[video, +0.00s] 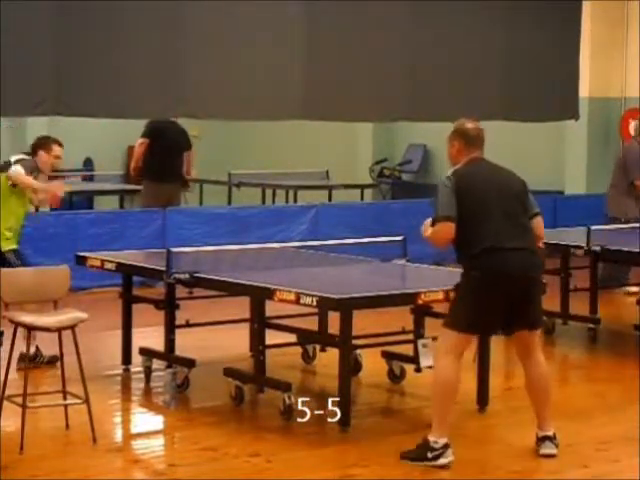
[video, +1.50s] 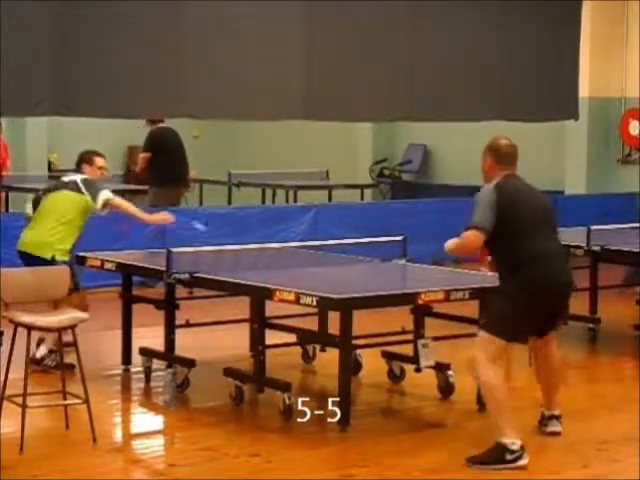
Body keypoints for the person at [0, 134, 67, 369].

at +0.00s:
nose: (57, 163)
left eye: (59, 158)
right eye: (55, 157)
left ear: (44, 157)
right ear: (40, 154)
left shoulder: (34, 172)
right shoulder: (24, 162)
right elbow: (14, 174)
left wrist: (46, 194)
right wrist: (43, 187)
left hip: (10, 242)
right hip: (5, 244)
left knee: (15, 291)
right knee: (32, 289)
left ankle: (31, 350)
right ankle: (30, 349)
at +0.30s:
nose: (70, 155)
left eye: (72, 150)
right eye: (65, 149)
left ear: (69, 153)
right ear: (50, 150)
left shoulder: (62, 178)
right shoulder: (31, 164)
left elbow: (61, 197)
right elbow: (2, 174)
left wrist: (50, 213)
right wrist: (13, 189)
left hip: (28, 237)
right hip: (8, 235)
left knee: (33, 290)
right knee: (31, 289)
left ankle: (31, 348)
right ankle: (30, 348)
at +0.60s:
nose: (71, 144)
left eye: (73, 139)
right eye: (67, 139)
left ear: (72, 142)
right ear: (52, 142)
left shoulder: (67, 170)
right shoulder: (35, 164)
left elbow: (62, 201)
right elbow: (5, 191)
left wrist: (68, 217)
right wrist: (27, 215)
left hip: (43, 238)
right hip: (21, 236)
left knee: (38, 287)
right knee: (45, 285)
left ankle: (19, 338)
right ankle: (32, 343)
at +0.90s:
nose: (86, 143)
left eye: (87, 138)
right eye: (81, 138)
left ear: (85, 141)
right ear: (67, 140)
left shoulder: (78, 167)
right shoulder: (51, 163)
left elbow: (74, 197)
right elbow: (23, 194)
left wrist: (83, 212)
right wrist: (47, 215)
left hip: (60, 237)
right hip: (37, 237)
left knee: (65, 284)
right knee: (52, 286)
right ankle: (35, 342)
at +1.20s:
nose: (101, 157)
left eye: (103, 152)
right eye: (97, 152)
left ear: (98, 156)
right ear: (82, 154)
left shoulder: (87, 182)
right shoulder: (67, 174)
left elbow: (88, 215)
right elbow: (50, 210)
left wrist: (96, 226)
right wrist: (84, 227)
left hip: (64, 244)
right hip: (43, 243)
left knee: (87, 284)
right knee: (64, 286)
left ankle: (68, 329)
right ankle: (40, 342)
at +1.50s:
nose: (105, 174)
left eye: (105, 169)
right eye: (101, 169)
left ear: (80, 169)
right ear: (86, 167)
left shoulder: (57, 183)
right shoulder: (88, 185)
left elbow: (35, 204)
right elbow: (117, 203)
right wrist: (149, 218)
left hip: (26, 248)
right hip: (51, 255)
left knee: (58, 297)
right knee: (79, 303)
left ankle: (49, 341)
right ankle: (46, 350)